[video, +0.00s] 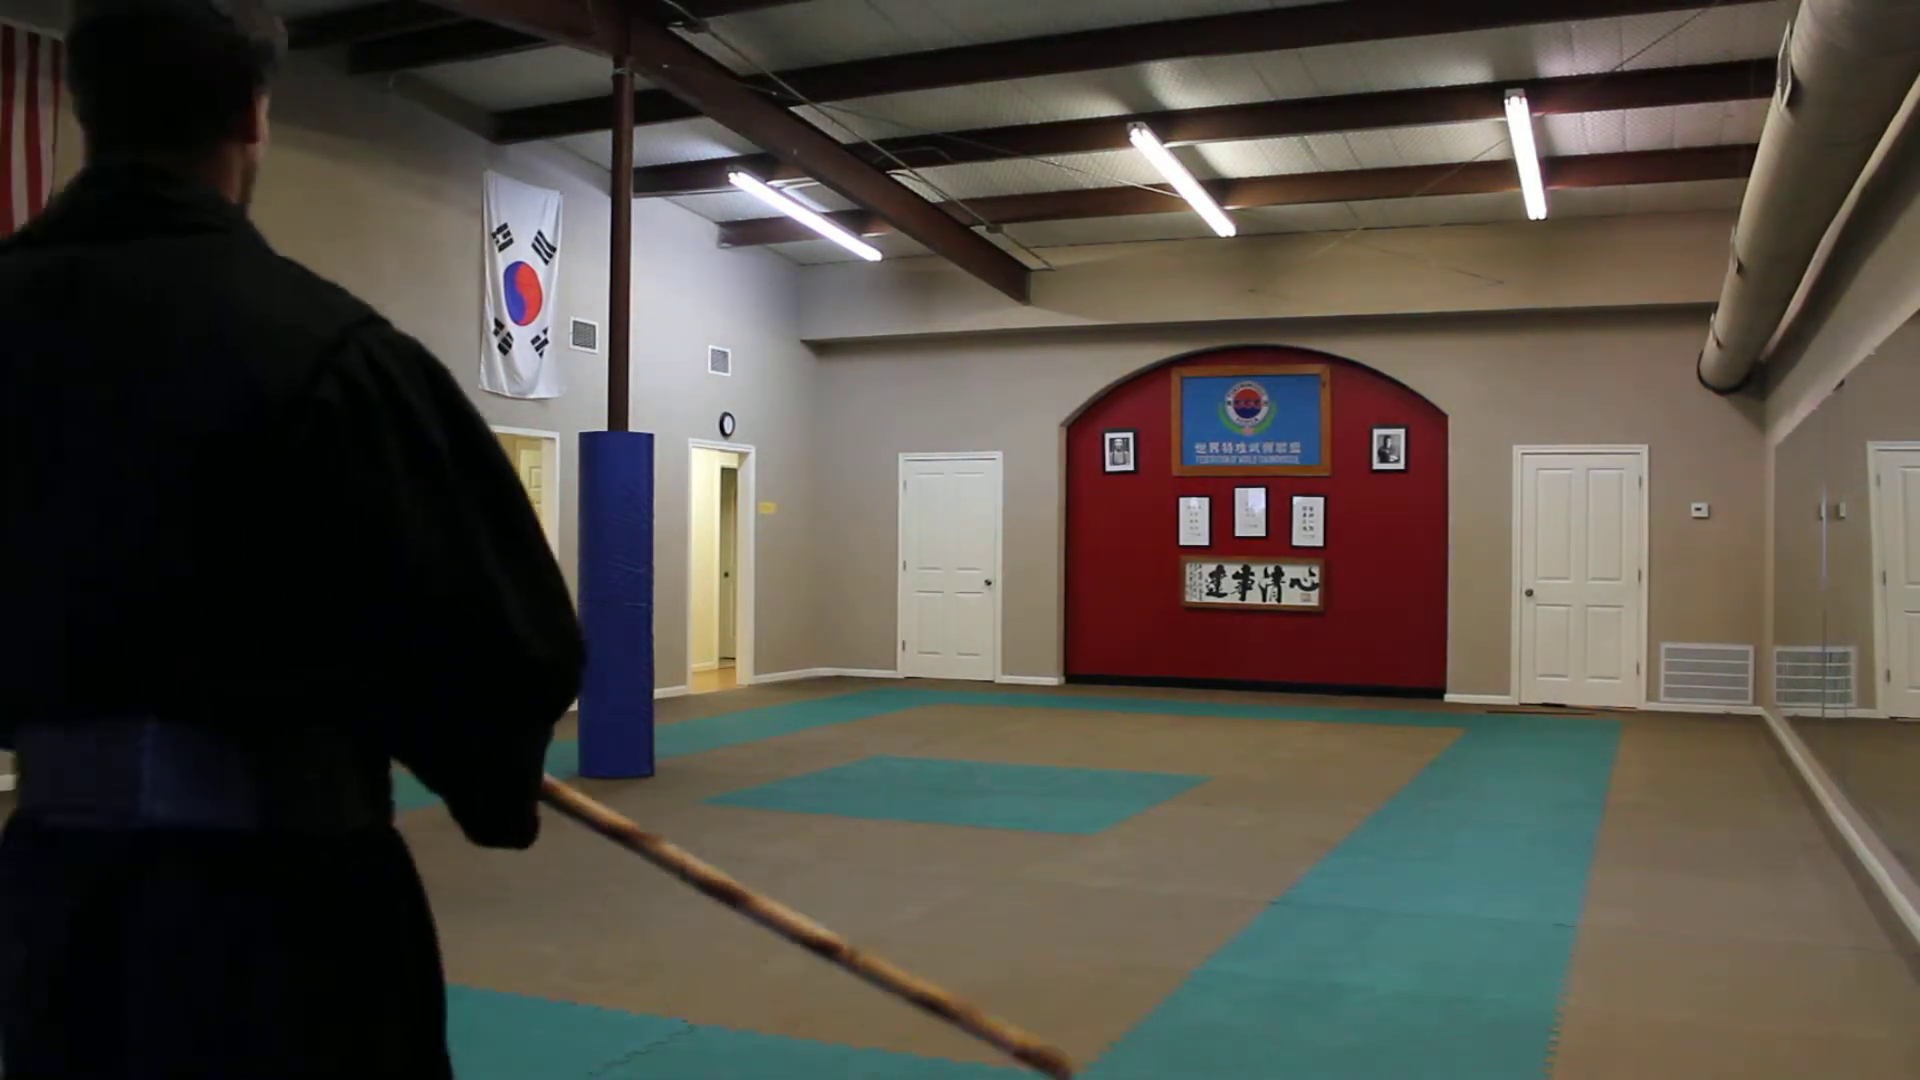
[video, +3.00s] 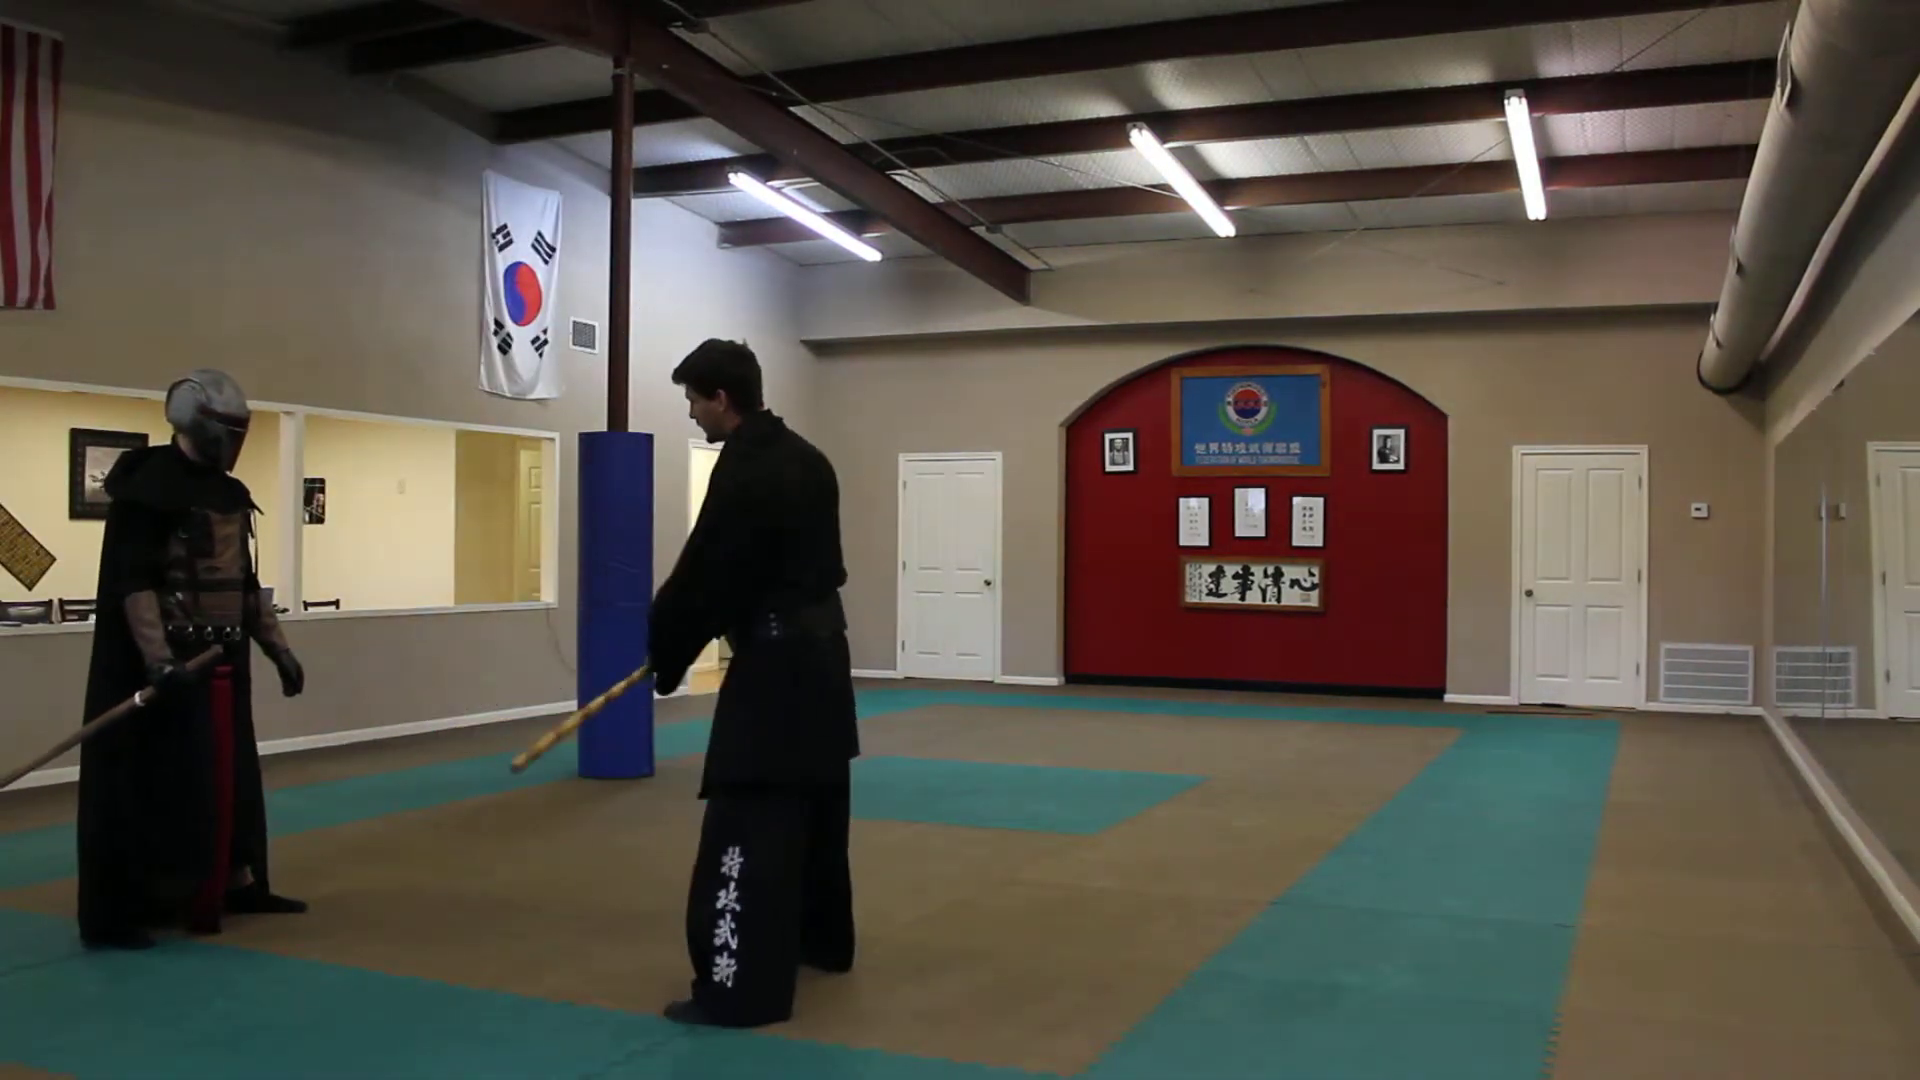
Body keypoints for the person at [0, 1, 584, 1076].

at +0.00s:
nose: (264, 132)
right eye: (266, 112)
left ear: (81, 112)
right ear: (253, 119)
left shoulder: (12, 309)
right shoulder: (335, 353)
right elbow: (507, 650)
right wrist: (491, 770)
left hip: (54, 852)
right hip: (291, 864)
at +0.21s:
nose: (379, 168)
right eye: (381, 148)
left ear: (227, 147)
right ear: (368, 158)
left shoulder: (94, 366)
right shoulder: (429, 359)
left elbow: (59, 619)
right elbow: (554, 619)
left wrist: (195, 704)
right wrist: (578, 746)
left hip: (185, 830)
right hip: (397, 833)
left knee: (196, 1060)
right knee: (419, 1060)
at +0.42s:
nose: (482, 234)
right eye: (483, 215)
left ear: (356, 199)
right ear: (471, 218)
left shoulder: (218, 382)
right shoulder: (512, 381)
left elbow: (178, 614)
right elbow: (627, 616)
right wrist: (653, 749)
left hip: (303, 805)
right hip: (493, 803)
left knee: (328, 1058)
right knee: (547, 1055)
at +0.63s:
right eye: (585, 247)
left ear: (473, 243)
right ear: (585, 257)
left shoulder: (353, 409)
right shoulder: (629, 417)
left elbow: (309, 611)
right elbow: (742, 630)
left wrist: (427, 682)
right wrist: (712, 719)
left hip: (437, 806)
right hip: (604, 808)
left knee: (441, 1053)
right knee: (620, 1056)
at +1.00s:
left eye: (589, 271)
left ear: (587, 281)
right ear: (685, 287)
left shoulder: (500, 418)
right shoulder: (752, 421)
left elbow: (422, 567)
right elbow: (818, 583)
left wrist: (525, 647)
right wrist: (739, 673)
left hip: (563, 750)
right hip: (701, 753)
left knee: (581, 999)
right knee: (692, 1001)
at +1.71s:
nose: (675, 350)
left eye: (674, 339)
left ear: (677, 347)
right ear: (755, 350)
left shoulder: (617, 457)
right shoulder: (817, 455)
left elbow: (565, 602)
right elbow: (875, 588)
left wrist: (626, 689)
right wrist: (824, 675)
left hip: (663, 724)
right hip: (785, 724)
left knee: (662, 926)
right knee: (797, 902)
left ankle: (657, 1065)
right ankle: (835, 1053)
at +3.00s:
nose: (692, 416)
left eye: (694, 403)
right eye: (690, 404)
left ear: (721, 398)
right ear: (744, 396)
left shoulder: (743, 468)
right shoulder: (807, 459)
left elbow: (709, 572)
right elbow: (804, 569)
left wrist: (667, 650)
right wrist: (713, 622)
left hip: (774, 662)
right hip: (824, 654)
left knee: (743, 816)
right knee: (817, 803)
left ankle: (737, 987)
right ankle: (825, 941)